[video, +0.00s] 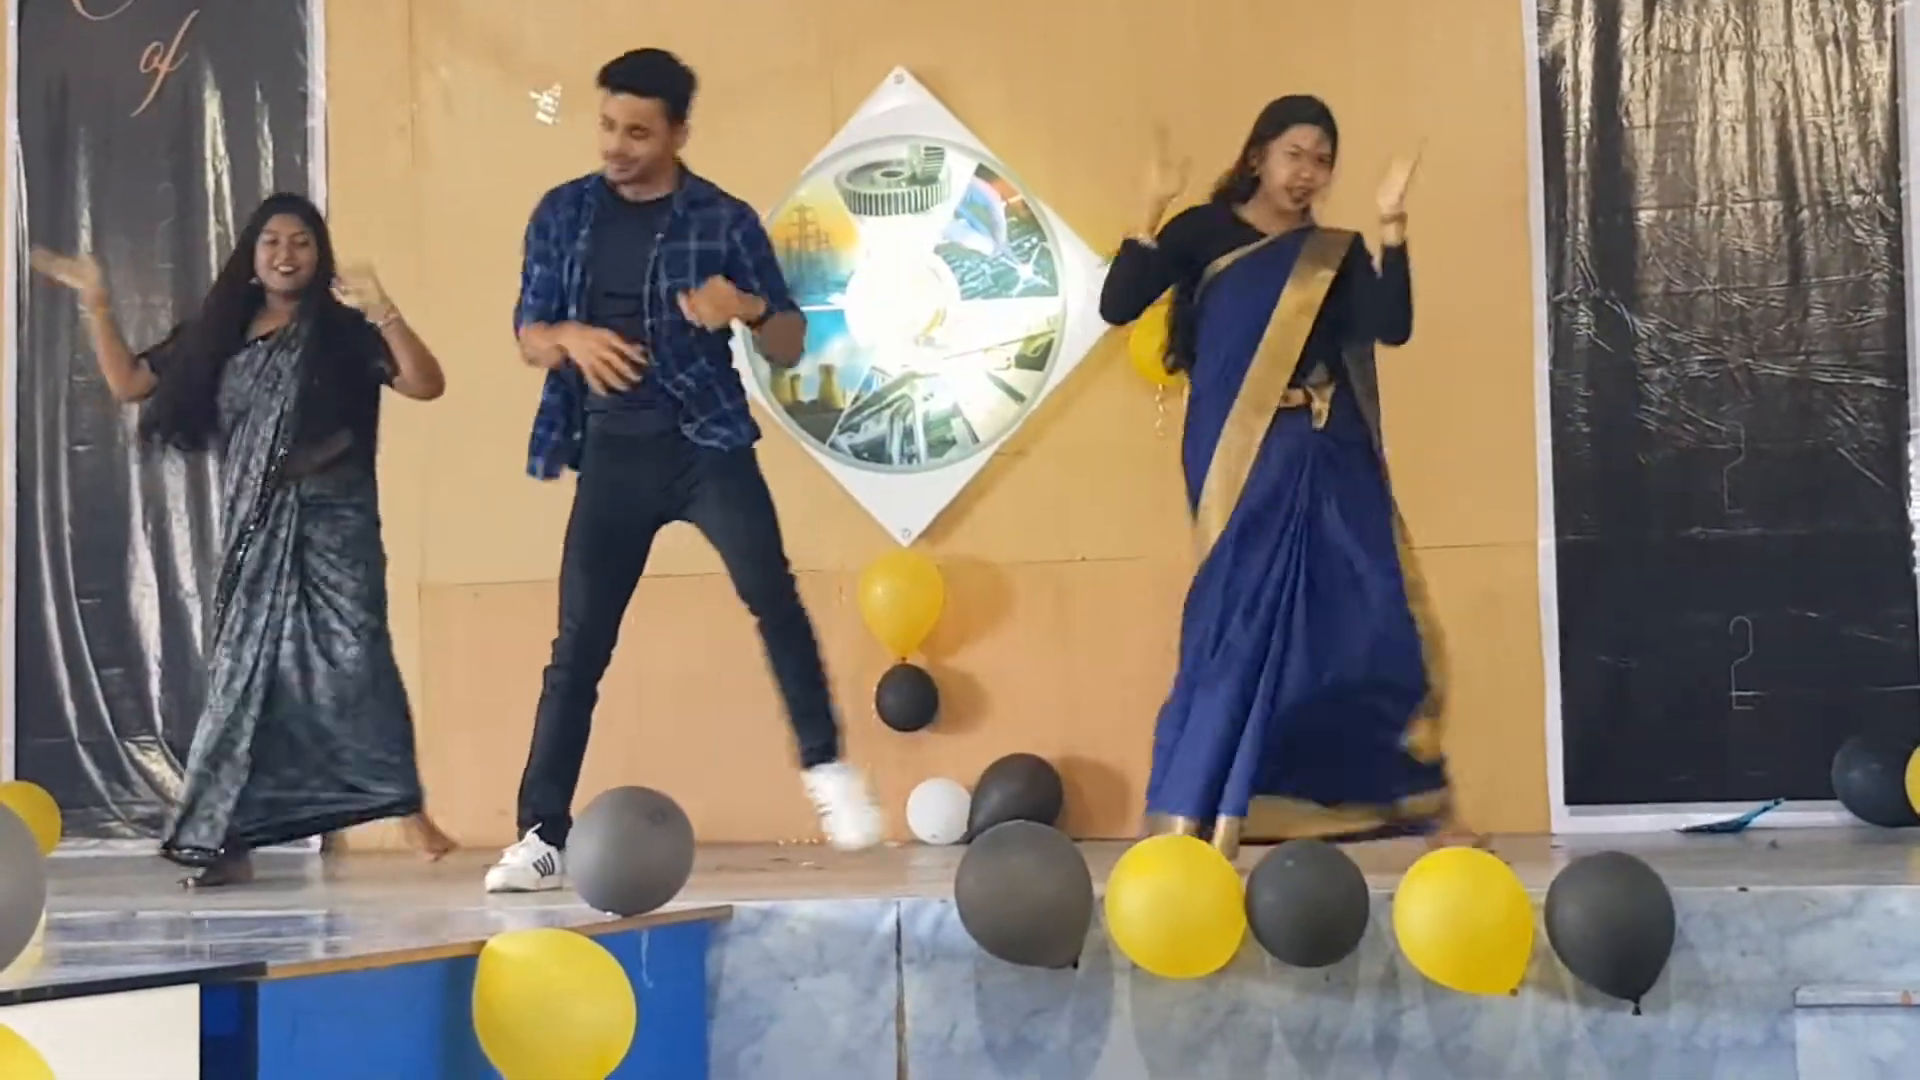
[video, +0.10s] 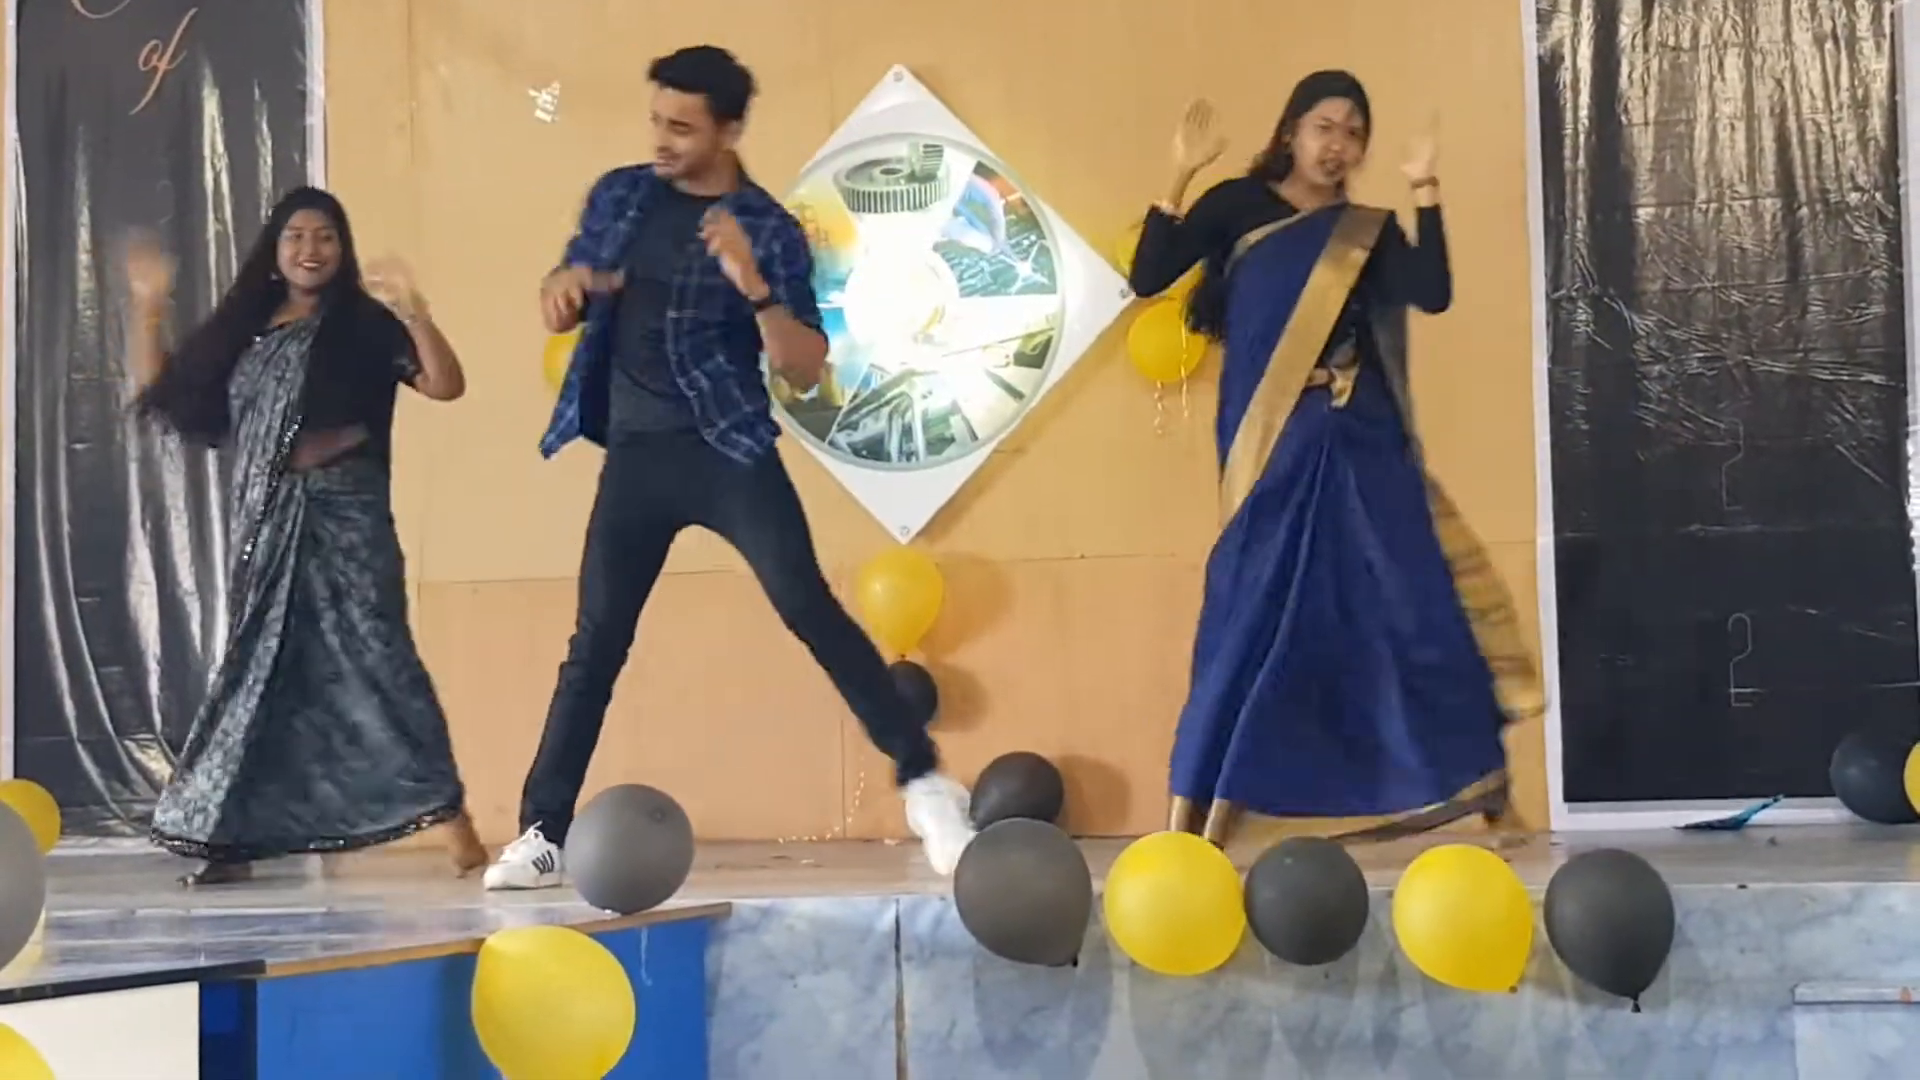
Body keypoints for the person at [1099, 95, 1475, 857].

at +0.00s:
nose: (1306, 168)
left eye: (1319, 158)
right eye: (1294, 152)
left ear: (1329, 170)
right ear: (1260, 154)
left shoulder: (1342, 249)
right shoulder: (1208, 228)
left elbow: (1394, 327)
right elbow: (1118, 305)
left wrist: (1391, 229)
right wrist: (1147, 223)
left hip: (1338, 456)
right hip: (1242, 456)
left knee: (1379, 621)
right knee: (1235, 628)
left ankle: (1432, 816)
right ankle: (1192, 822)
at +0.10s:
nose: (1339, 140)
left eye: (1352, 131)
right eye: (1325, 125)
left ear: (1361, 146)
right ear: (1290, 131)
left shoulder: (1374, 228)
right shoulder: (1241, 203)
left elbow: (1434, 293)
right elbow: (1148, 277)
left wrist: (1425, 192)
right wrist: (1174, 178)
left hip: (1365, 437)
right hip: (1269, 439)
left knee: (1417, 599)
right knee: (1249, 613)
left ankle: (1481, 786)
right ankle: (1192, 813)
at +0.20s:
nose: (1368, 132)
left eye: (1383, 121)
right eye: (1355, 116)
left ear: (1398, 135)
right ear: (1323, 123)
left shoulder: (1420, 215)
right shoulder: (1277, 205)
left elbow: (1473, 292)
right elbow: (1203, 283)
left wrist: (1463, 193)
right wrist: (1209, 201)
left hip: (1408, 442)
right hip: (1302, 444)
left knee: (1469, 613)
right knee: (1266, 618)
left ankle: (1515, 808)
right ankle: (1198, 820)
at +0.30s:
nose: (1398, 134)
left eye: (1413, 121)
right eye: (1383, 120)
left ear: (1431, 135)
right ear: (1355, 130)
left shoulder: (1464, 219)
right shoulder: (1320, 211)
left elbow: (1510, 299)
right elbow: (1234, 300)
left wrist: (1504, 210)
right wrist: (1262, 206)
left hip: (1446, 438)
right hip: (1344, 439)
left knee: (1478, 613)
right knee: (1315, 613)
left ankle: (1511, 809)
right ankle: (1226, 813)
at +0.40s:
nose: (1419, 128)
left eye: (1433, 117)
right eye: (1404, 115)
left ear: (1450, 131)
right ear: (1377, 126)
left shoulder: (1480, 213)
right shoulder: (1341, 206)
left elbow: (1545, 282)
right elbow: (1239, 293)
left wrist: (1526, 186)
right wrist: (1265, 195)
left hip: (1478, 428)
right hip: (1378, 431)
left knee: (1490, 608)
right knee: (1374, 607)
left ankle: (1501, 806)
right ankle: (1295, 790)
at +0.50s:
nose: (1427, 111)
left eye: (1442, 100)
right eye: (1413, 98)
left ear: (1458, 115)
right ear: (1385, 109)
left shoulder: (1488, 196)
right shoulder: (1352, 191)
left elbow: (1565, 282)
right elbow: (1240, 272)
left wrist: (1538, 189)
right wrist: (1265, 199)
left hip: (1484, 413)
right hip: (1387, 416)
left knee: (1497, 597)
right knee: (1401, 599)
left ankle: (1499, 805)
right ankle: (1359, 808)